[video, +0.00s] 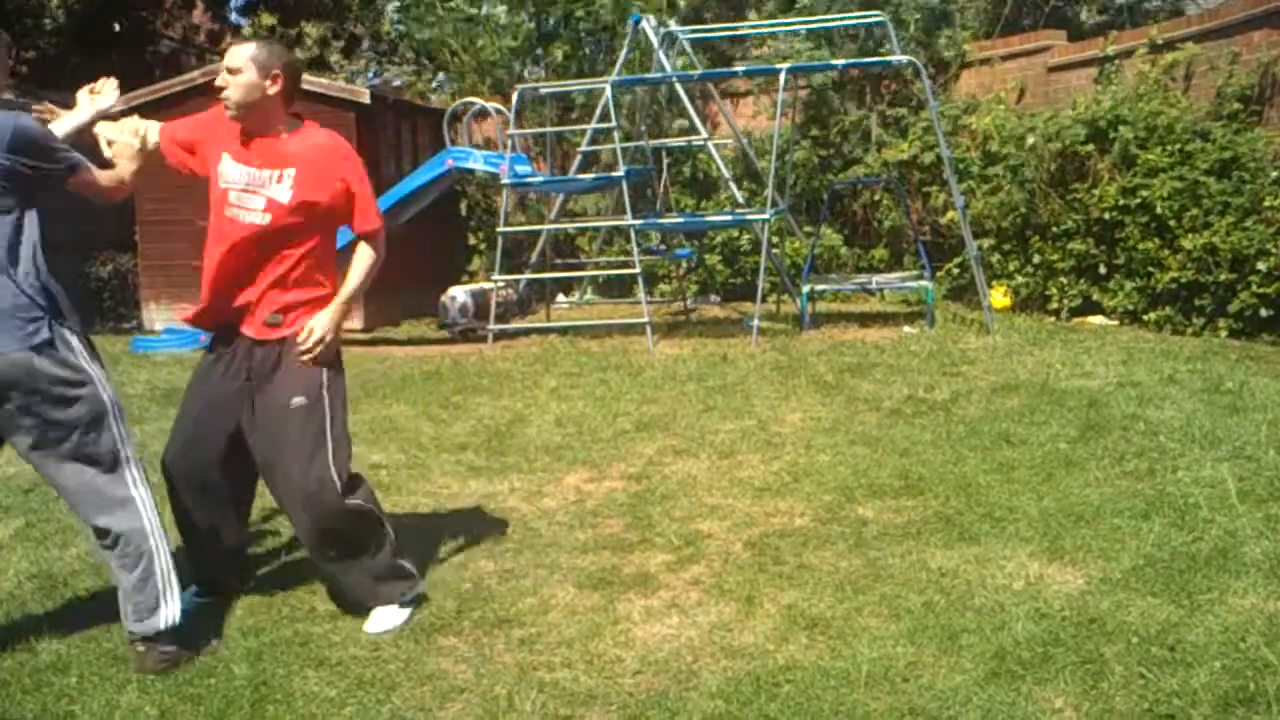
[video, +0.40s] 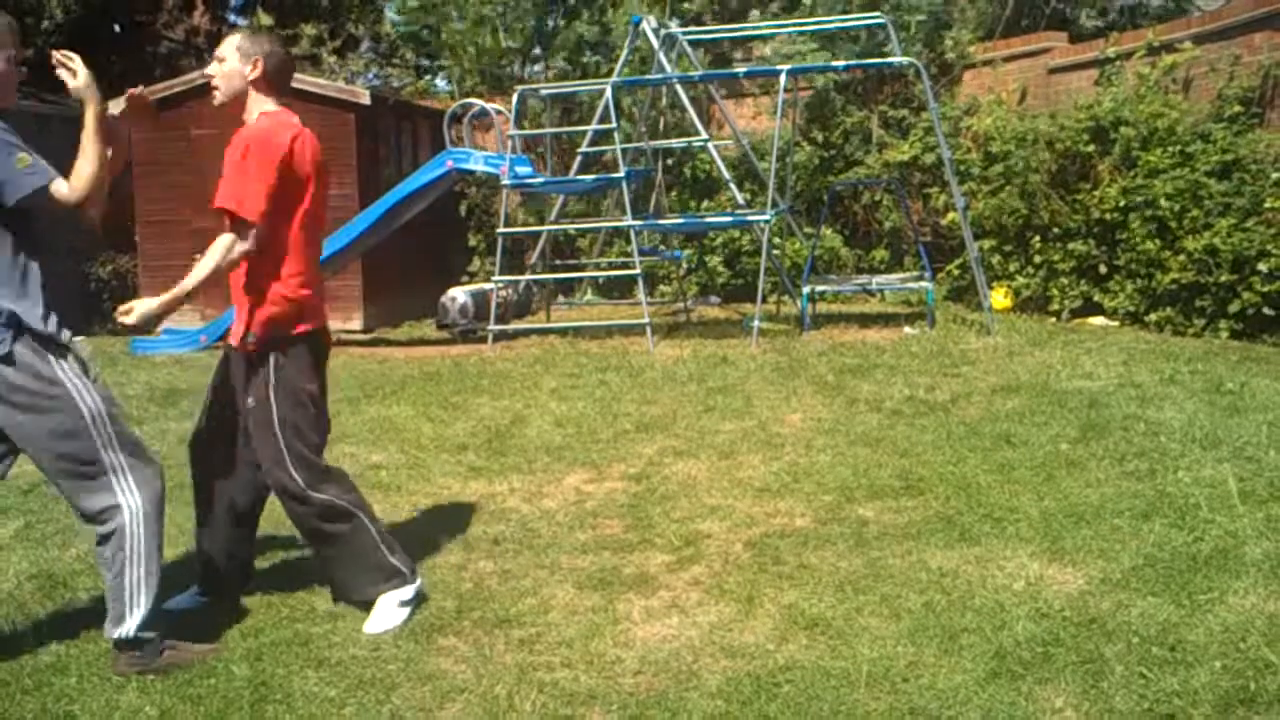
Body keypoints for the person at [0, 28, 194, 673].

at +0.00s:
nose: (13, 75)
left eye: (10, 66)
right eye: (11, 67)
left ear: (2, 80)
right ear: (7, 75)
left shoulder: (14, 133)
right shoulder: (15, 132)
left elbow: (29, 146)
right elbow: (109, 185)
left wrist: (82, 115)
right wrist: (127, 157)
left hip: (15, 339)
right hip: (25, 340)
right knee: (107, 471)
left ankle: (155, 619)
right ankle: (156, 629)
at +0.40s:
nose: (15, 69)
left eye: (15, 58)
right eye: (8, 58)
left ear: (13, 65)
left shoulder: (10, 136)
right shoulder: (2, 139)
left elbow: (79, 214)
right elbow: (75, 197)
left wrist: (114, 143)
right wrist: (90, 103)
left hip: (20, 339)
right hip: (21, 341)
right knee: (128, 478)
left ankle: (134, 626)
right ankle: (135, 638)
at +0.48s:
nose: (25, 71)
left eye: (24, 59)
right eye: (18, 58)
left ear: (10, 65)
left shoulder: (13, 143)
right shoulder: (4, 143)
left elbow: (54, 235)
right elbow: (77, 192)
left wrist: (136, 214)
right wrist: (136, 112)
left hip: (20, 341)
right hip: (21, 344)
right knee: (121, 467)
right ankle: (140, 634)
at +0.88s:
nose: (14, 57)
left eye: (13, 46)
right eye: (10, 47)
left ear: (8, 56)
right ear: (0, 57)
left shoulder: (6, 126)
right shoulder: (1, 126)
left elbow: (32, 215)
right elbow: (48, 205)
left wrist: (91, 256)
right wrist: (81, 167)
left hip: (4, 342)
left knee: (43, 479)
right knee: (43, 480)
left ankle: (121, 623)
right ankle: (124, 629)